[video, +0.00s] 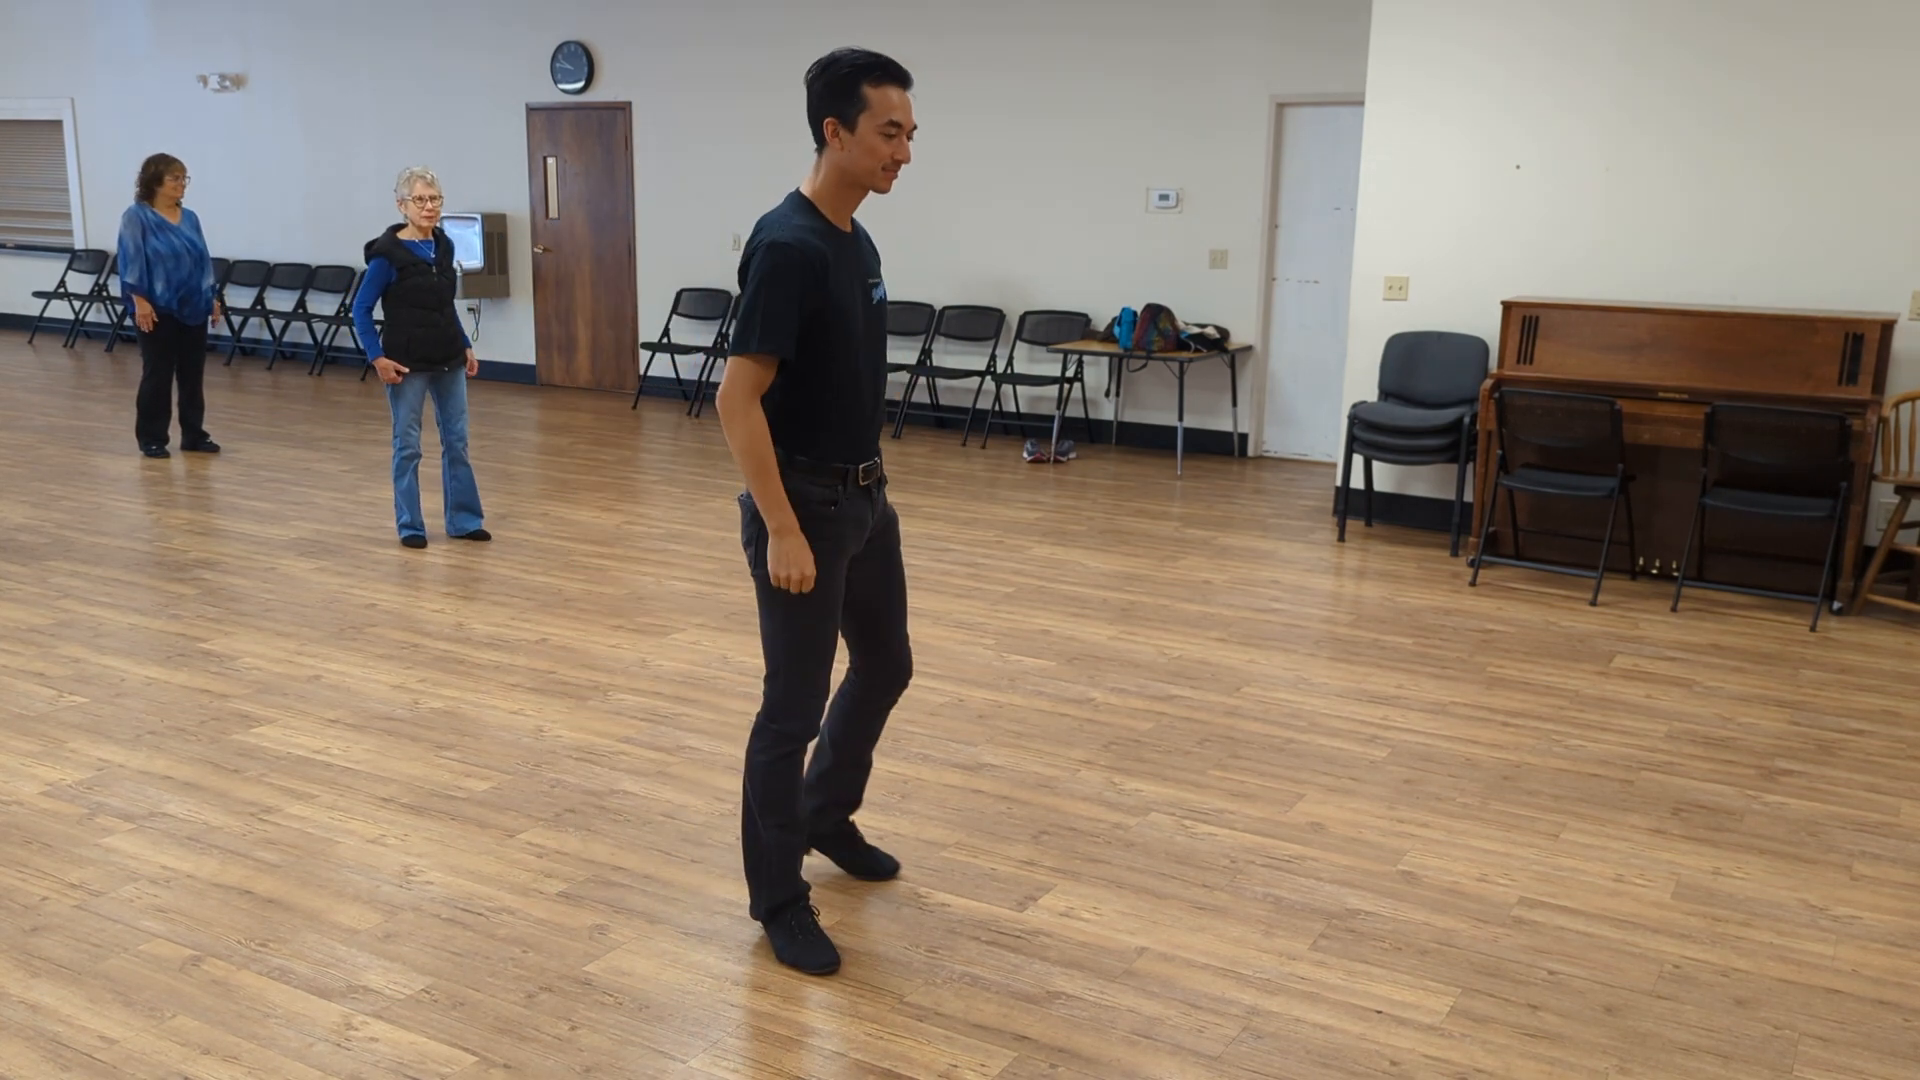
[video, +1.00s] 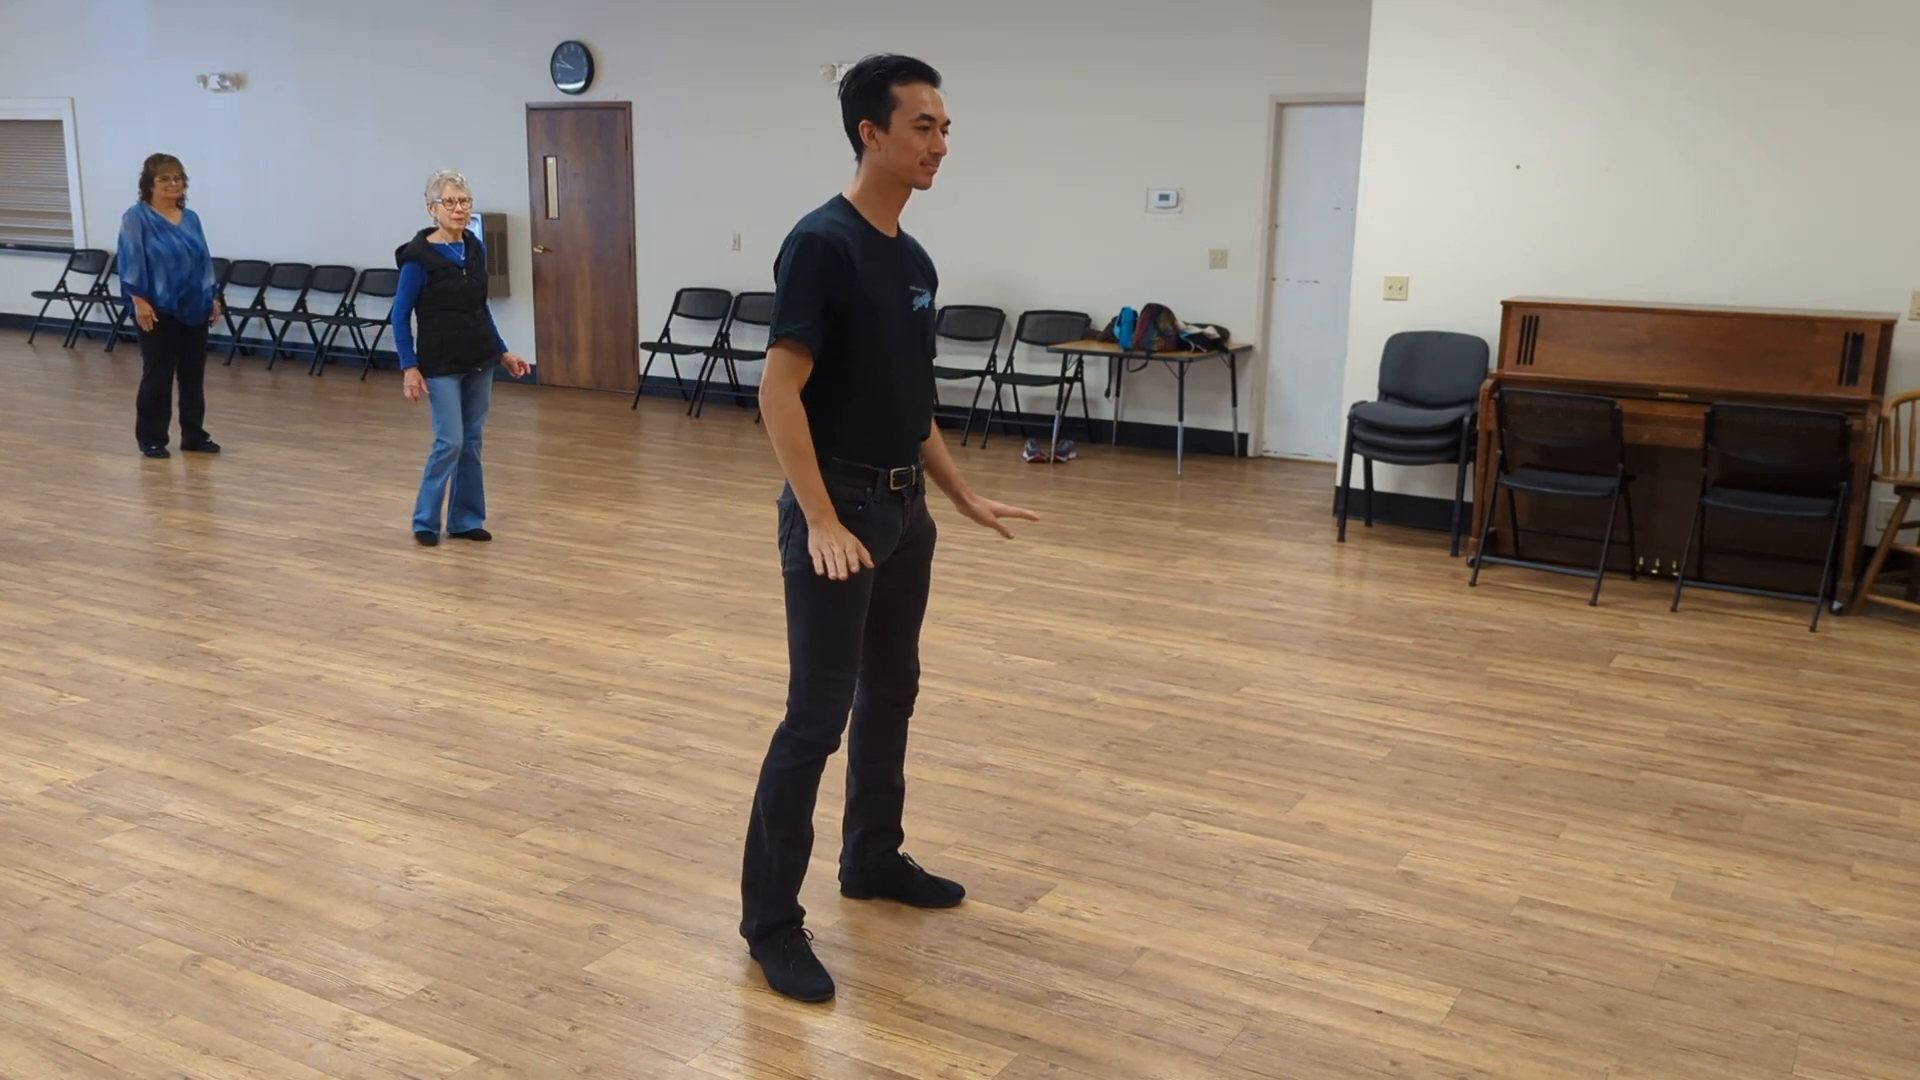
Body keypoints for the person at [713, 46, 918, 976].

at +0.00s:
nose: (906, 148)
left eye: (909, 130)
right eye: (891, 130)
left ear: (867, 136)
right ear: (834, 133)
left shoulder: (856, 242)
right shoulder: (785, 246)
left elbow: (840, 381)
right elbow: (736, 400)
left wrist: (863, 486)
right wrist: (782, 528)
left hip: (862, 502)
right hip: (801, 512)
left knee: (883, 668)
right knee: (791, 710)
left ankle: (824, 813)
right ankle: (777, 900)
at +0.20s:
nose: (910, 148)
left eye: (914, 131)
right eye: (896, 130)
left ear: (881, 136)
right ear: (837, 131)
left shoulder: (870, 244)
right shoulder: (788, 248)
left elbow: (858, 384)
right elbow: (745, 409)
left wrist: (876, 491)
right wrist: (798, 535)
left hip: (873, 503)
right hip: (809, 513)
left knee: (874, 689)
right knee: (796, 713)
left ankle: (865, 854)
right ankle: (778, 901)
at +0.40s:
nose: (916, 147)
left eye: (918, 130)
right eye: (900, 130)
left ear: (879, 138)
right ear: (844, 133)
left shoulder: (893, 246)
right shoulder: (795, 248)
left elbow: (898, 380)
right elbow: (761, 409)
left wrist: (943, 472)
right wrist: (815, 527)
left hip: (889, 502)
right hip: (820, 510)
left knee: (885, 689)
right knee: (810, 711)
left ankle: (871, 859)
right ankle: (781, 900)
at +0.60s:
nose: (929, 142)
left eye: (933, 126)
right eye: (912, 126)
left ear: (923, 134)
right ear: (856, 132)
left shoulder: (914, 245)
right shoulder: (810, 246)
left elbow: (944, 372)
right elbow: (770, 395)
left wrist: (1014, 459)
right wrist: (820, 516)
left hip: (902, 498)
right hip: (828, 502)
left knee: (887, 693)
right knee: (828, 705)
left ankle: (871, 860)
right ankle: (784, 897)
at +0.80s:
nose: (940, 140)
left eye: (943, 125)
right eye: (923, 124)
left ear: (930, 135)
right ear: (869, 131)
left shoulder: (926, 246)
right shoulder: (820, 243)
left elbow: (947, 377)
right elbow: (776, 390)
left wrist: (1006, 476)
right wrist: (814, 515)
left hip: (907, 500)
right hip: (833, 503)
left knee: (886, 695)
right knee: (821, 710)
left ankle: (871, 857)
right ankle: (776, 911)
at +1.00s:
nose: (941, 142)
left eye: (943, 127)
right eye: (925, 125)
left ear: (913, 139)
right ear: (870, 131)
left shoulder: (914, 261)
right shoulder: (820, 244)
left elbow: (910, 399)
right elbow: (776, 391)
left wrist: (962, 493)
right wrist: (819, 517)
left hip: (904, 505)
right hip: (832, 509)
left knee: (888, 697)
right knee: (814, 720)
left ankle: (872, 857)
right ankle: (769, 919)